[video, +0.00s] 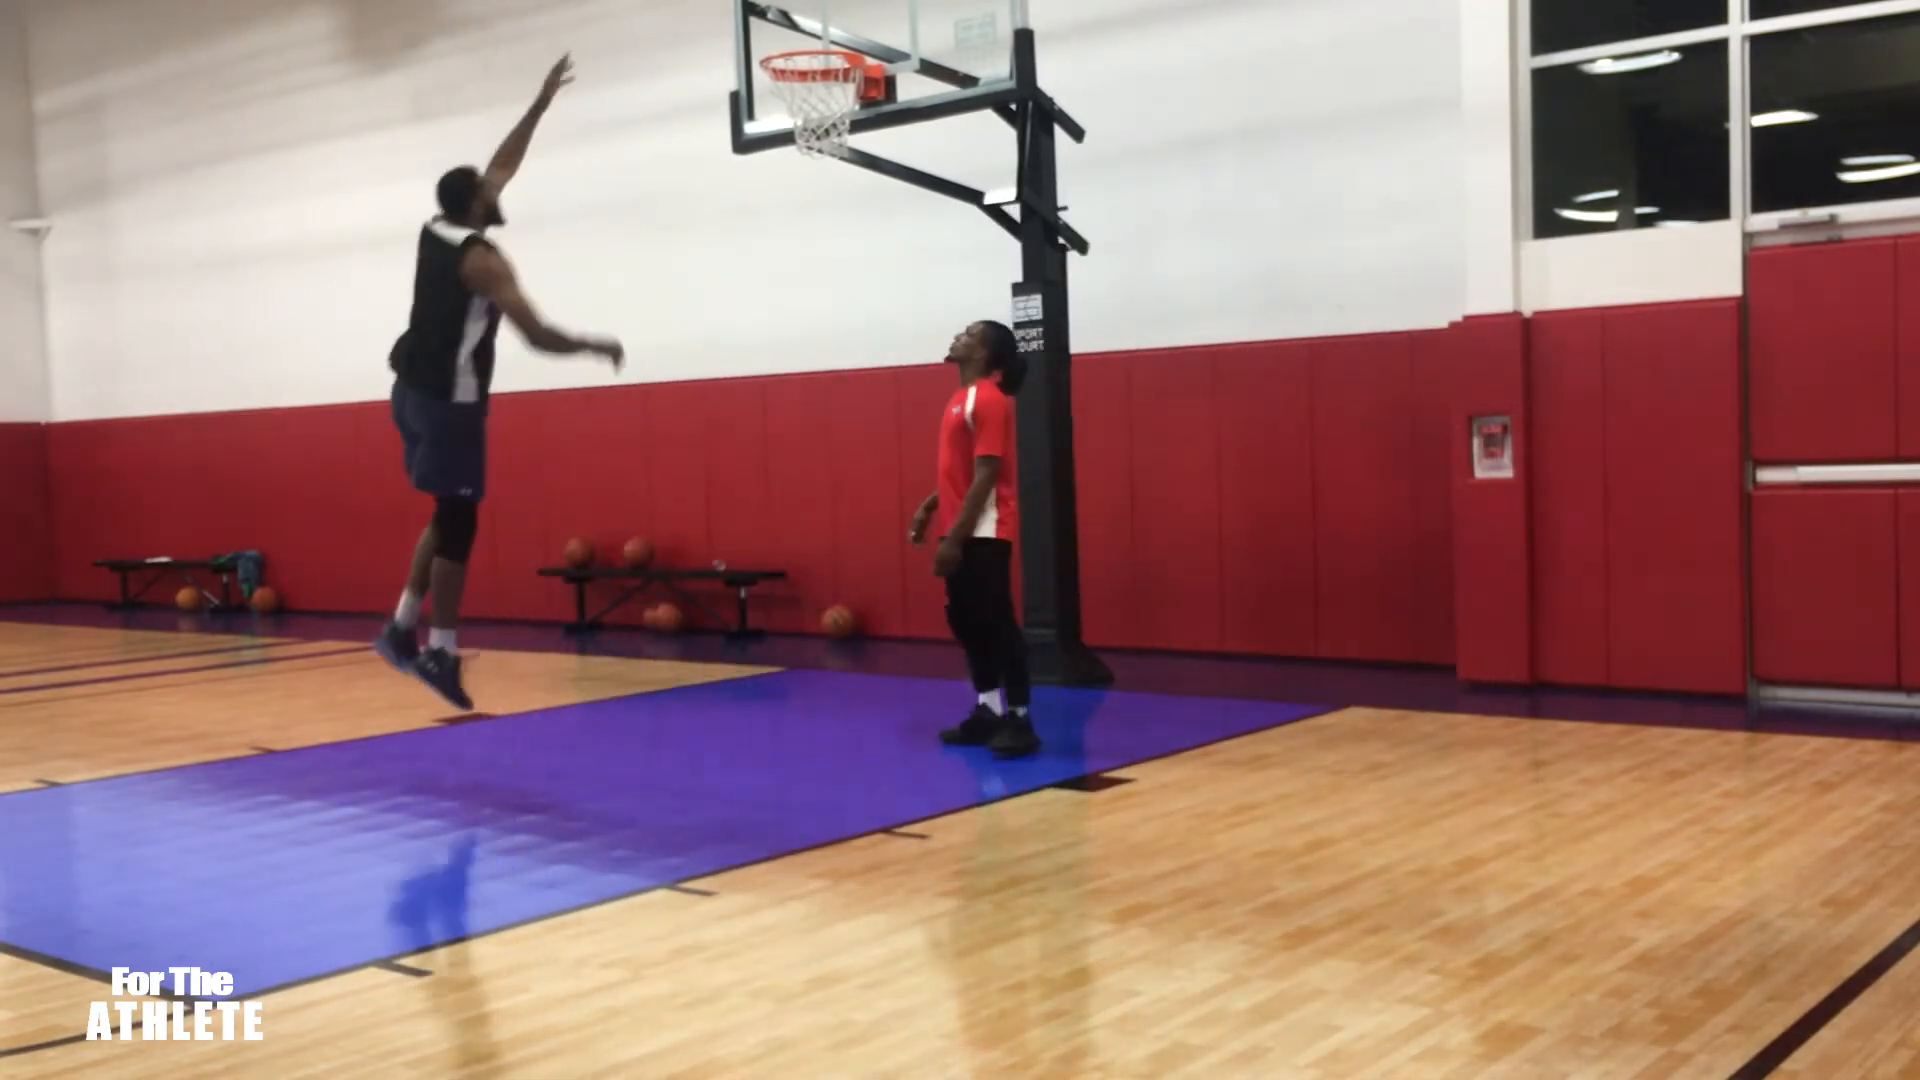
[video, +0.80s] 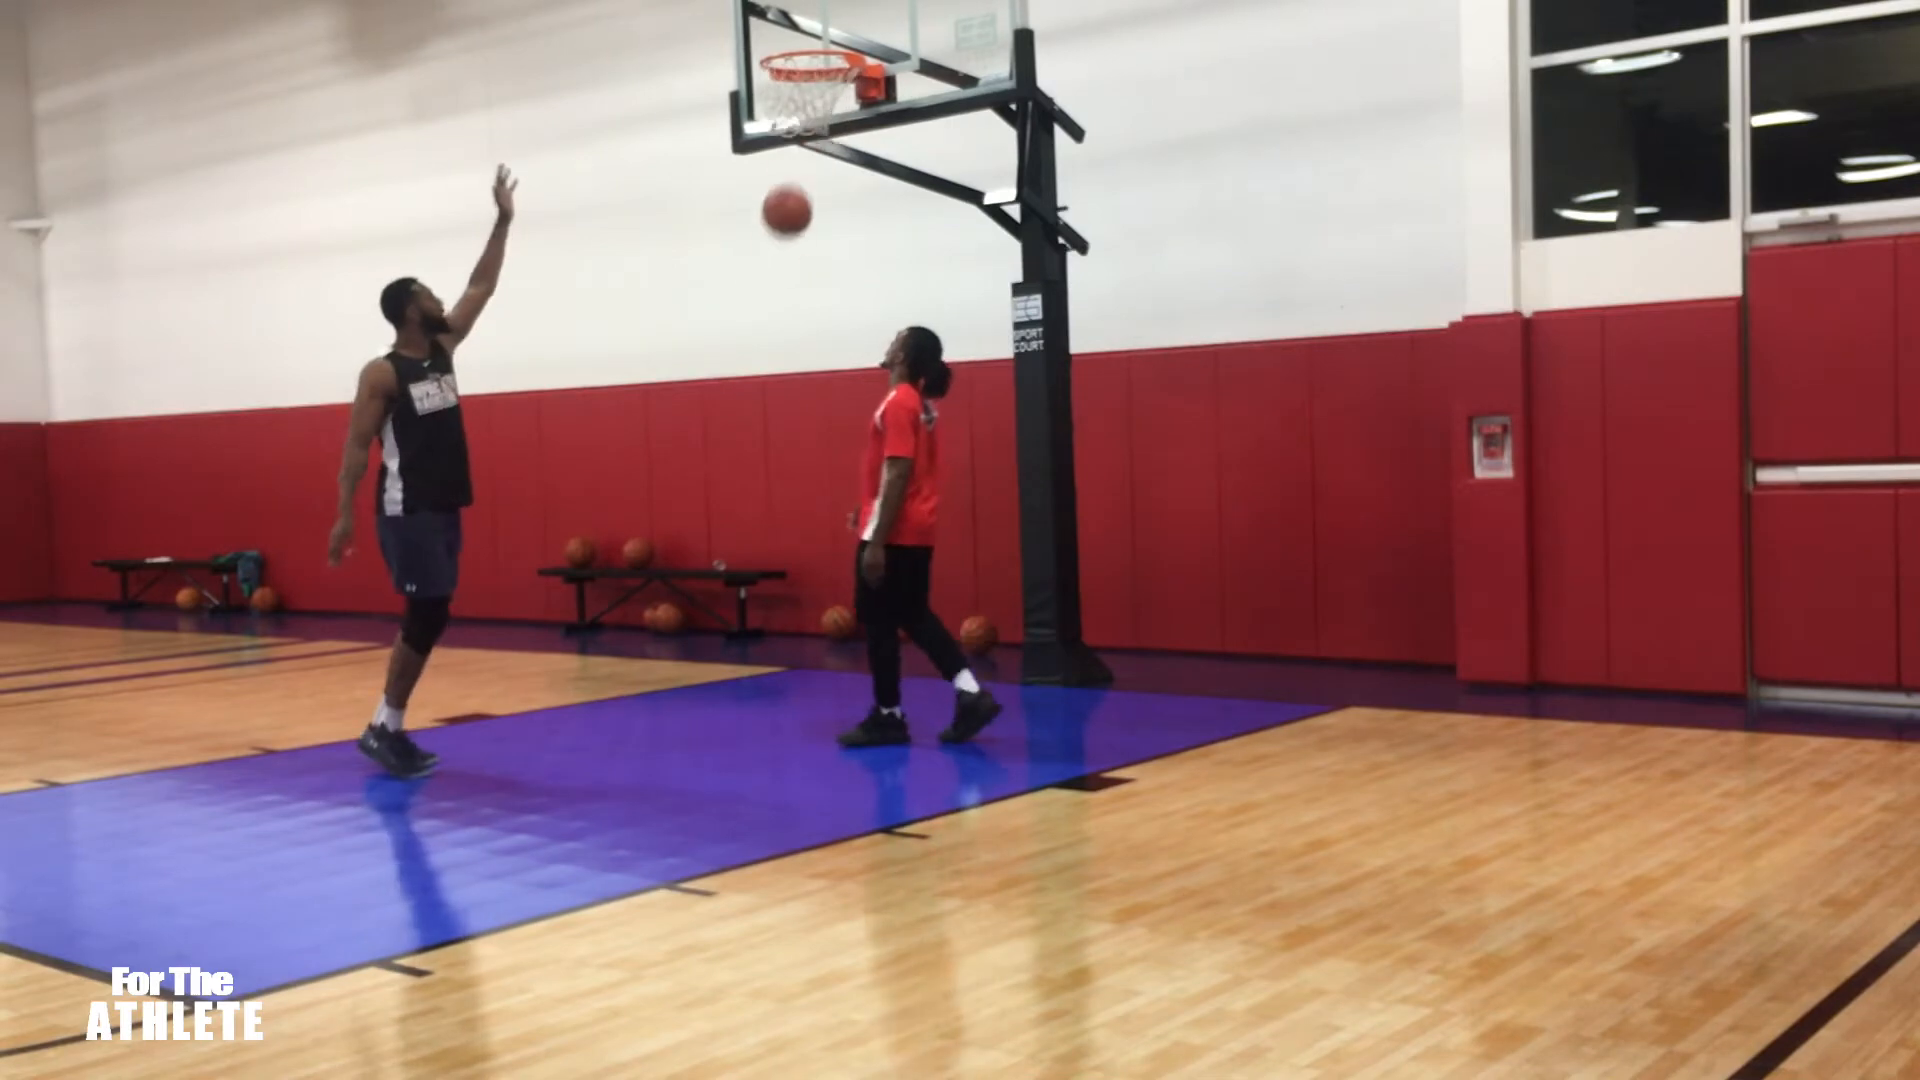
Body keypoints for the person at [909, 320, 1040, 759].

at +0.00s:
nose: (957, 336)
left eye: (968, 334)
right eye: (962, 331)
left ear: (985, 352)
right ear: (969, 352)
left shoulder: (989, 397)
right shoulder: (961, 398)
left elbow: (988, 472)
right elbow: (963, 470)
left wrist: (956, 536)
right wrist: (930, 503)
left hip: (987, 530)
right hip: (963, 530)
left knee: (996, 619)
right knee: (965, 618)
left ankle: (1018, 718)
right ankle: (989, 710)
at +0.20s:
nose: (945, 337)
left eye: (955, 334)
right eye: (950, 331)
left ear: (970, 351)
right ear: (966, 352)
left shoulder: (968, 396)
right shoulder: (957, 395)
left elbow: (966, 468)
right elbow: (953, 469)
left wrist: (927, 531)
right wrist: (919, 502)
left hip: (968, 523)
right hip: (965, 520)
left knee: (952, 616)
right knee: (976, 614)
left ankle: (973, 713)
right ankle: (992, 711)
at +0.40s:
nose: (932, 338)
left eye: (942, 335)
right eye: (938, 333)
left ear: (953, 352)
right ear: (954, 355)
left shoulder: (948, 396)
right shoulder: (950, 396)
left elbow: (946, 469)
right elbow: (943, 469)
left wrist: (922, 535)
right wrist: (913, 505)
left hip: (950, 530)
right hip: (964, 529)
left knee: (923, 616)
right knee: (969, 617)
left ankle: (913, 713)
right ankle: (991, 710)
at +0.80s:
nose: (887, 349)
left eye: (894, 343)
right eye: (892, 343)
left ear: (903, 356)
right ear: (917, 361)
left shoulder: (899, 401)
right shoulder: (916, 402)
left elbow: (897, 473)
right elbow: (903, 471)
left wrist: (877, 538)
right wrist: (868, 507)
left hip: (891, 536)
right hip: (912, 534)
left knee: (878, 624)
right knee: (914, 615)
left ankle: (887, 714)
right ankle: (970, 694)